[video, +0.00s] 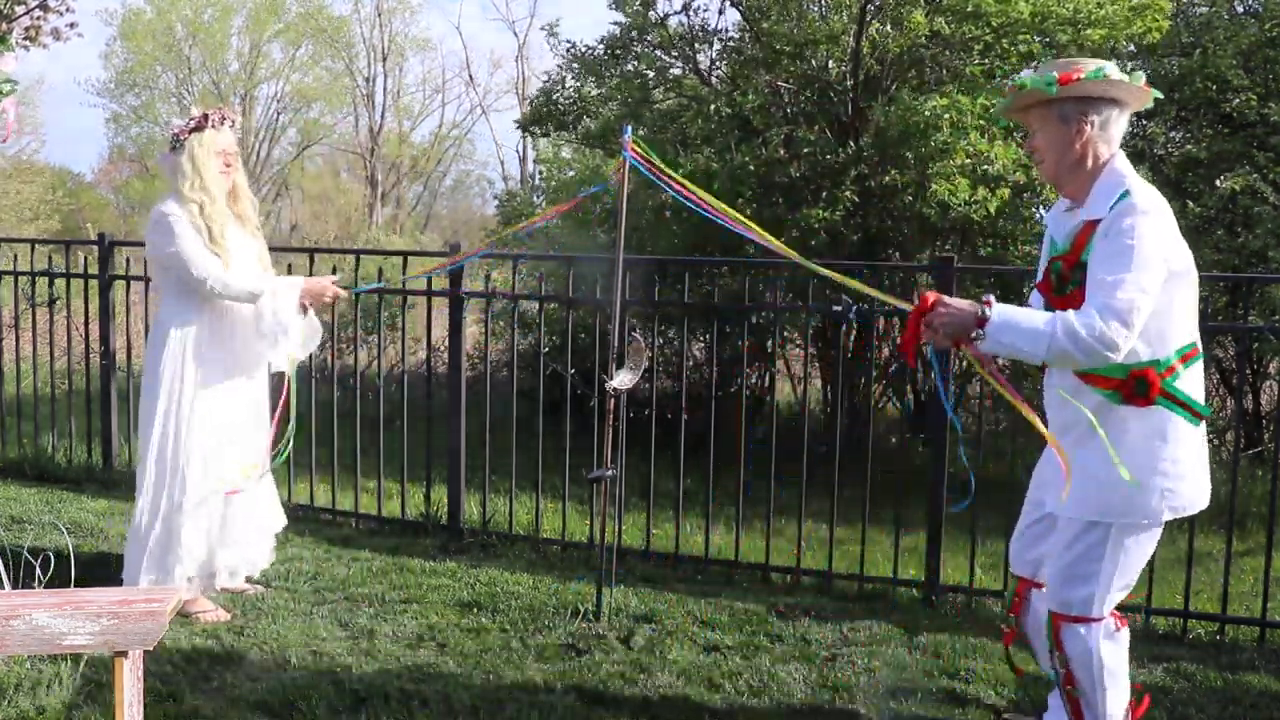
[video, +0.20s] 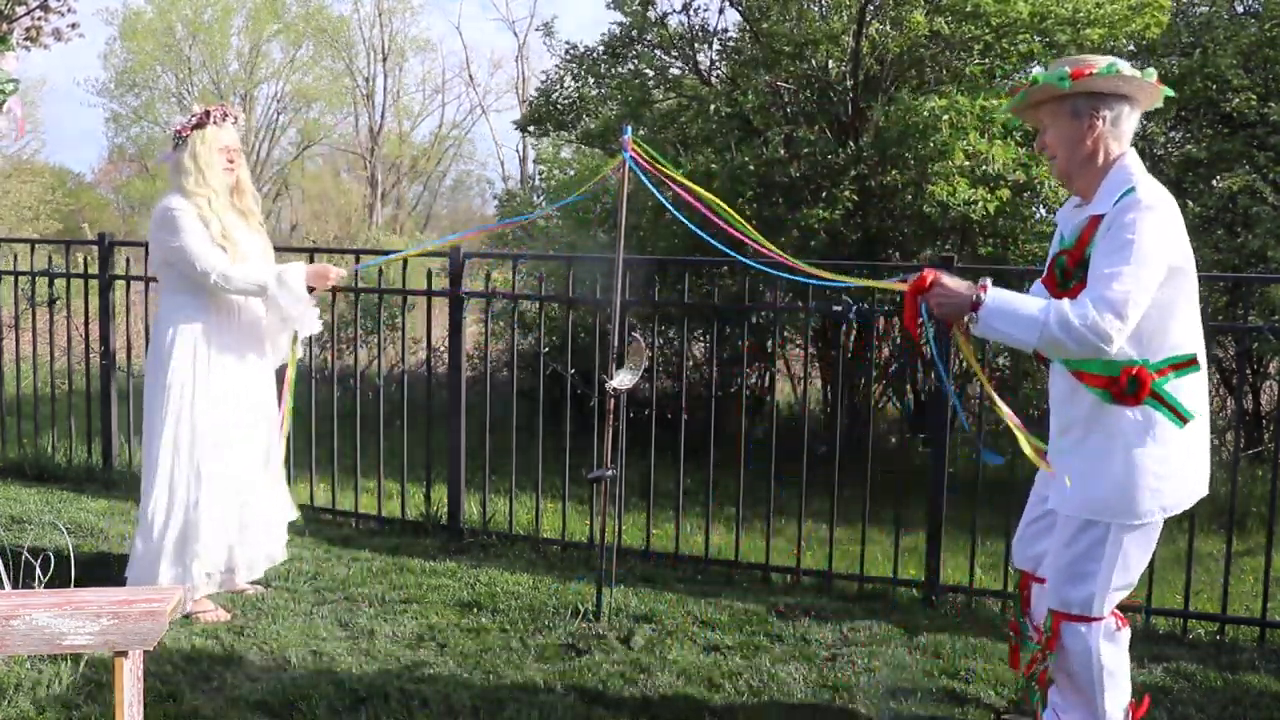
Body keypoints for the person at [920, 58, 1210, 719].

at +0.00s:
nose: (1025, 150)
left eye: (1033, 134)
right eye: (1023, 136)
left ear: (1083, 132)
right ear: (1076, 136)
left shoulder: (1136, 217)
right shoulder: (1063, 216)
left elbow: (1110, 334)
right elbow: (1059, 324)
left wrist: (985, 322)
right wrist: (983, 333)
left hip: (1135, 451)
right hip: (1076, 439)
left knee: (1078, 606)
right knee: (1032, 581)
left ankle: (1102, 713)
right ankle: (1074, 703)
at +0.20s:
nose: (1038, 149)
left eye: (1045, 132)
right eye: (1035, 135)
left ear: (1096, 125)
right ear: (1087, 130)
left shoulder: (1142, 211)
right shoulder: (1078, 212)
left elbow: (1100, 327)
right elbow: (1062, 315)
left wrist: (979, 305)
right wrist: (974, 302)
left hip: (1131, 450)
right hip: (1081, 441)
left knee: (1079, 605)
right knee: (1035, 566)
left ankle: (1090, 712)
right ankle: (1083, 700)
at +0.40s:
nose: (1045, 129)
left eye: (1053, 113)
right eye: (1043, 116)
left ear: (1102, 112)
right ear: (1090, 115)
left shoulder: (1145, 198)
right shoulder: (1085, 197)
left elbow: (1103, 311)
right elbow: (1064, 308)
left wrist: (984, 280)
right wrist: (977, 285)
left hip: (1135, 428)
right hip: (1083, 420)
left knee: (1105, 591)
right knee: (1039, 557)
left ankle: (1104, 713)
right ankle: (1073, 698)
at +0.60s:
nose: (1038, 138)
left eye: (1046, 122)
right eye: (1037, 124)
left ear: (1094, 123)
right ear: (1087, 126)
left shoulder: (1142, 210)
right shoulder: (1074, 206)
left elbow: (1114, 335)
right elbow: (1052, 306)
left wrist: (996, 316)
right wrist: (985, 309)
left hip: (1128, 447)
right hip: (1077, 437)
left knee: (1084, 598)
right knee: (1040, 564)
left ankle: (1098, 713)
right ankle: (1074, 697)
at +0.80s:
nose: (1036, 146)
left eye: (1046, 130)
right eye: (1035, 133)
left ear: (1093, 132)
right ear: (1079, 136)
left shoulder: (1132, 217)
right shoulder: (1075, 218)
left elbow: (1099, 336)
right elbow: (1054, 322)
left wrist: (982, 326)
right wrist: (979, 324)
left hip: (1108, 457)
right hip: (1064, 450)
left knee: (1066, 604)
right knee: (1029, 584)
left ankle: (1090, 713)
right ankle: (1084, 699)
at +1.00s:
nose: (1027, 121)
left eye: (1038, 107)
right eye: (1026, 108)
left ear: (1086, 109)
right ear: (1071, 112)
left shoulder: (1114, 190)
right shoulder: (1071, 192)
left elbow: (1068, 297)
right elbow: (1046, 294)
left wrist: (956, 280)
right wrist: (955, 280)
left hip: (1106, 422)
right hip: (1072, 419)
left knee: (1074, 574)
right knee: (1057, 569)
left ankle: (1096, 709)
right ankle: (1082, 703)